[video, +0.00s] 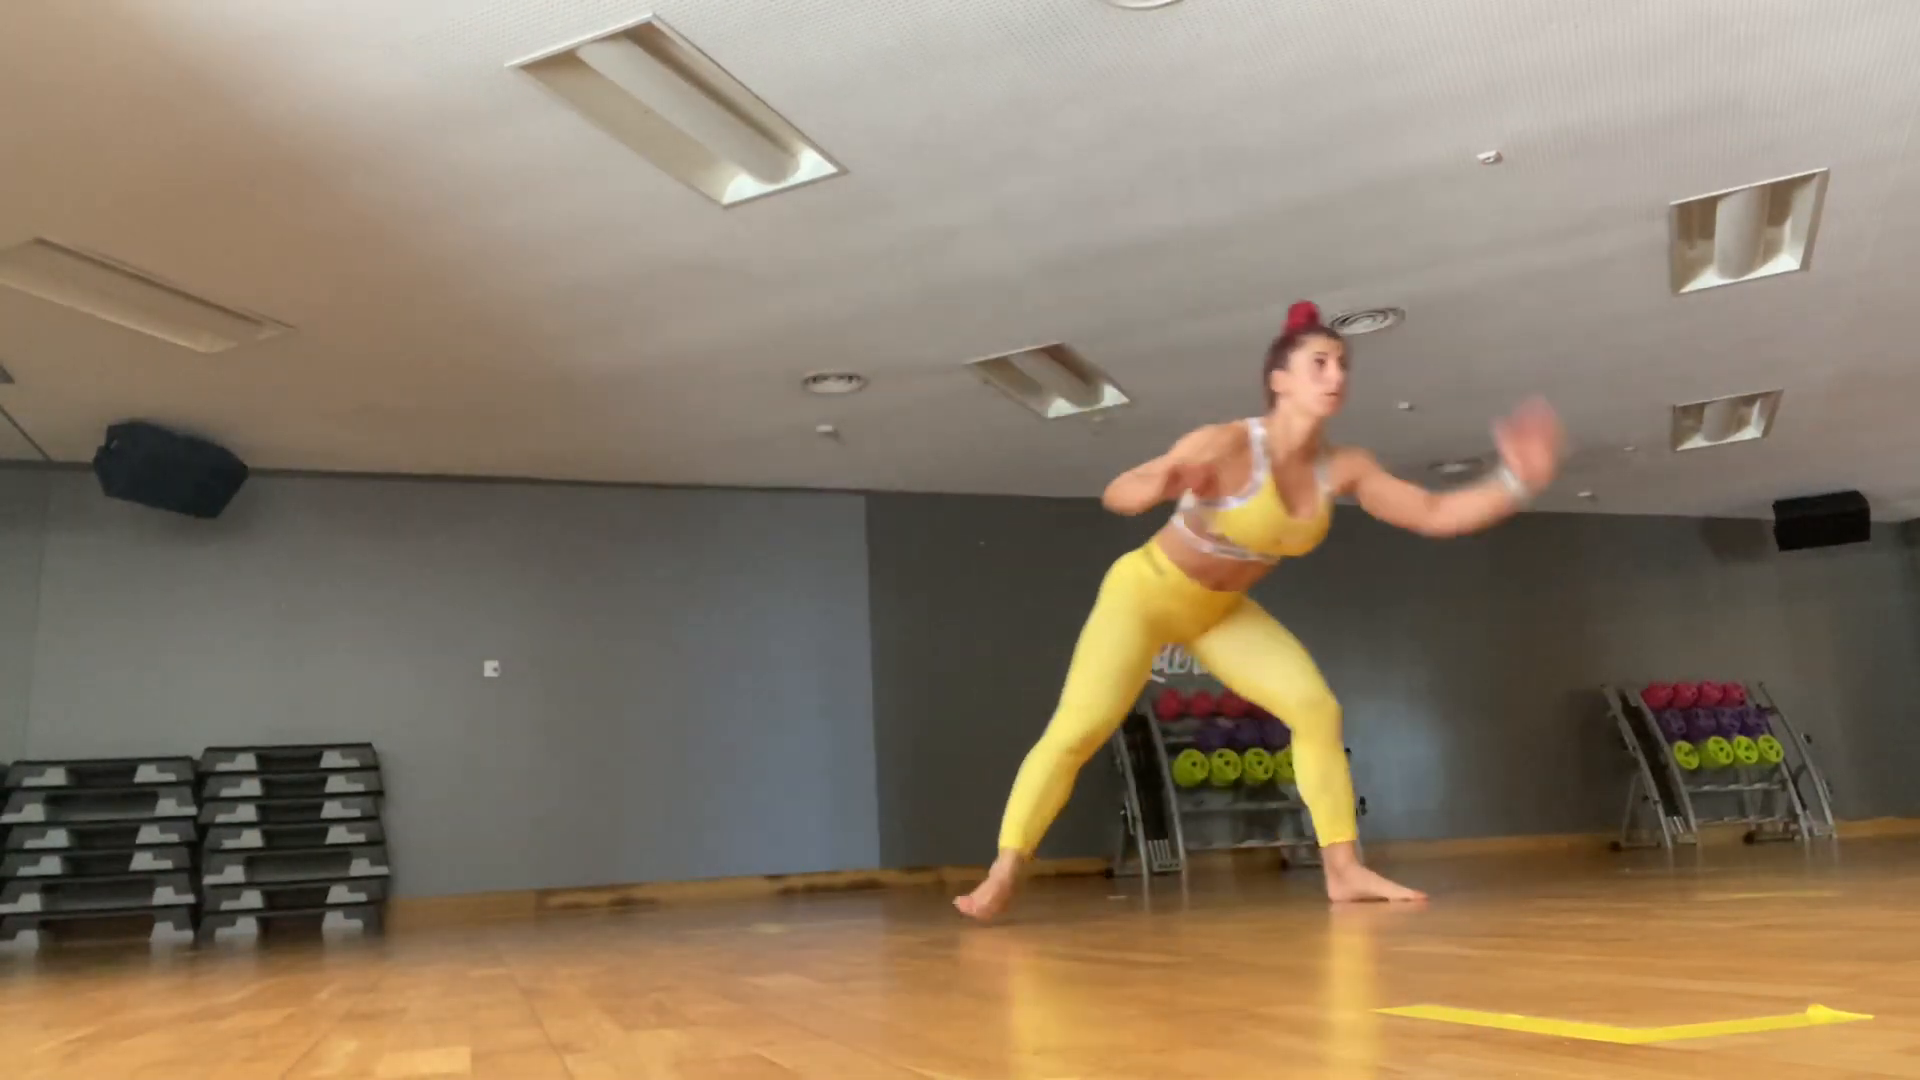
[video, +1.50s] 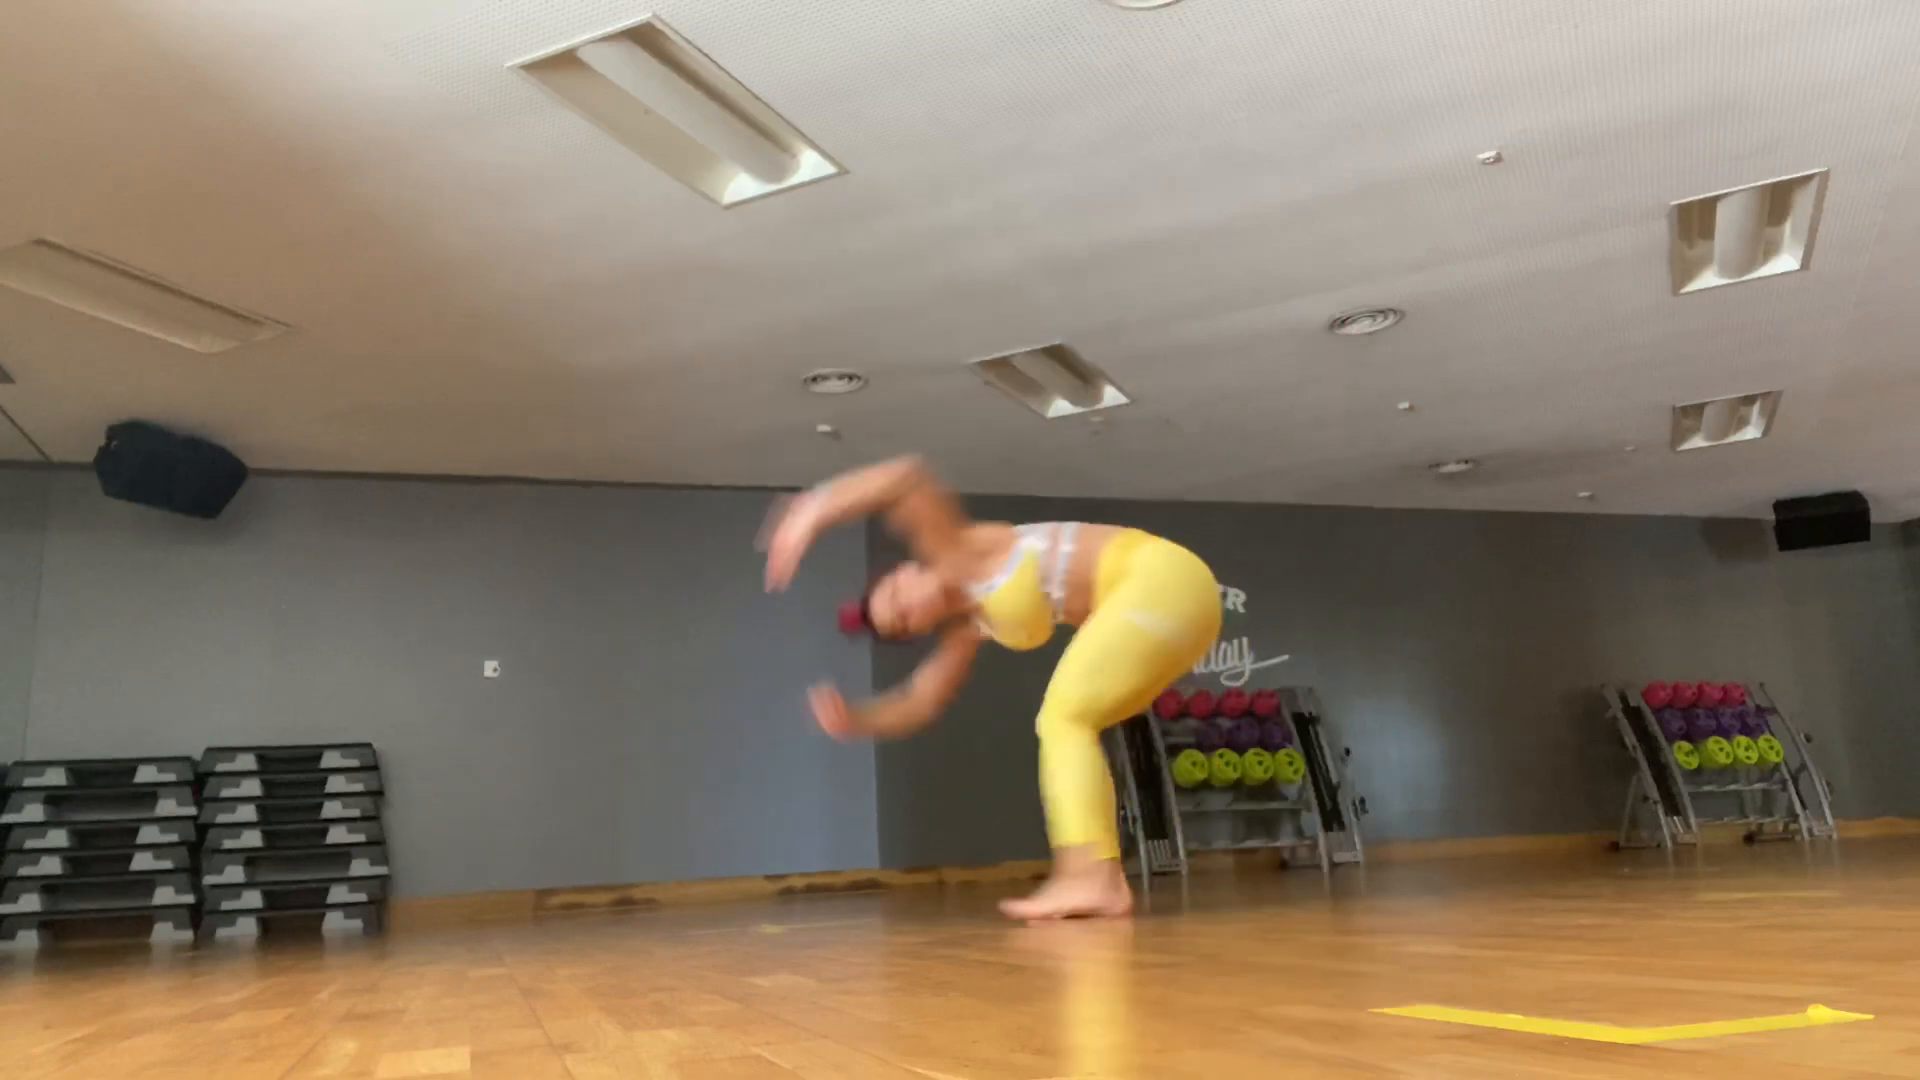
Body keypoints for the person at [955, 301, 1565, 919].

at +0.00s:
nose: (1336, 376)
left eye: (1343, 366)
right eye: (1319, 363)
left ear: (1347, 384)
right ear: (1279, 378)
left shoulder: (1343, 469)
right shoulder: (1222, 446)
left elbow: (1437, 514)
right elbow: (1117, 498)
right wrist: (1164, 482)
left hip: (1226, 612)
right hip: (1147, 594)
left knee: (1314, 708)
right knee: (1080, 728)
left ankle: (1345, 871)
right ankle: (1004, 873)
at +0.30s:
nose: (1342, 358)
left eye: (1346, 349)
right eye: (1326, 348)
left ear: (1349, 358)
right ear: (1287, 366)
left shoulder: (1339, 447)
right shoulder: (1258, 417)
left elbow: (1281, 520)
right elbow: (1327, 391)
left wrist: (1308, 566)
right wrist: (1386, 357)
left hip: (1271, 604)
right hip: (1198, 597)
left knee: (1331, 714)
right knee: (1172, 725)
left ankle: (1348, 870)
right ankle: (1160, 844)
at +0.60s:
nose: (1308, 402)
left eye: (1313, 392)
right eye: (1292, 392)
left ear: (1317, 400)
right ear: (1258, 407)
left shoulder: (1308, 475)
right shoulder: (1230, 456)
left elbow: (1304, 552)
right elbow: (1293, 432)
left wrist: (1342, 604)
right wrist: (1341, 409)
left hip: (1276, 636)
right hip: (1207, 640)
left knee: (1345, 722)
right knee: (1214, 769)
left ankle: (1397, 864)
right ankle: (1210, 859)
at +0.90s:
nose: (1367, 393)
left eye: (1373, 381)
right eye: (1351, 381)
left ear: (1380, 392)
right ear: (1314, 395)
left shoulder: (1370, 463)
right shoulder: (1285, 454)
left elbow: (1416, 551)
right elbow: (1335, 546)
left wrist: (1426, 496)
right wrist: (1420, 502)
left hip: (1276, 612)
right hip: (1202, 603)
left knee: (1353, 714)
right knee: (1156, 757)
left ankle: (1398, 870)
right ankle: (1125, 857)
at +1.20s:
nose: (1118, 414)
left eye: (1124, 400)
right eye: (1104, 406)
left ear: (1149, 403)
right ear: (1086, 424)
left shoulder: (1206, 462)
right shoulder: (1080, 486)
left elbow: (1268, 529)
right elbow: (1113, 466)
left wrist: (1332, 577)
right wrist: (1149, 389)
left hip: (1239, 607)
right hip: (1159, 627)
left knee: (1333, 714)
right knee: (1090, 724)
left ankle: (1386, 862)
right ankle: (1108, 879)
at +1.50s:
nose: (908, 608)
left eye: (897, 598)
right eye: (900, 619)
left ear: (905, 572)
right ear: (912, 630)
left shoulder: (956, 548)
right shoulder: (970, 629)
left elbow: (907, 475)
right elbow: (921, 702)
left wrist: (811, 514)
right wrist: (855, 721)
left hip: (1158, 577)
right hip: (1151, 612)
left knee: (1063, 716)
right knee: (1069, 723)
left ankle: (1081, 877)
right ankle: (1101, 879)